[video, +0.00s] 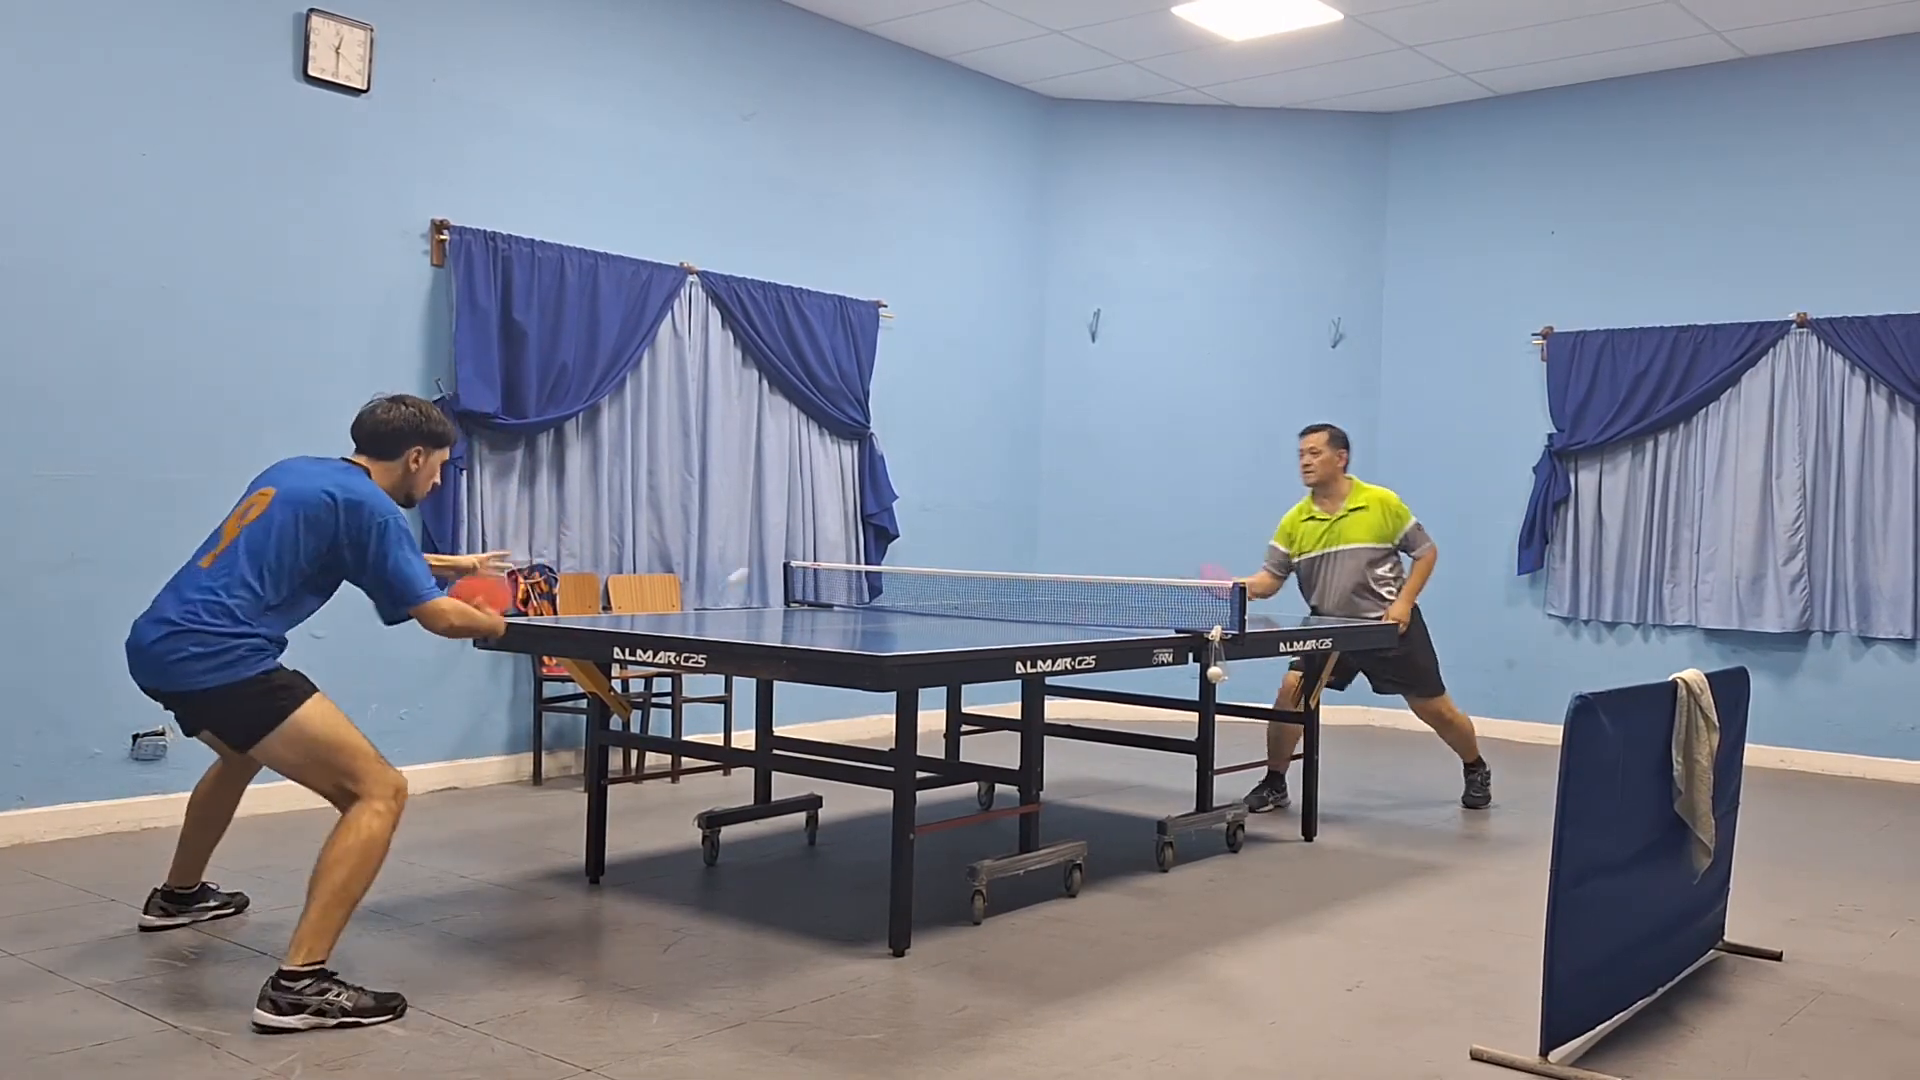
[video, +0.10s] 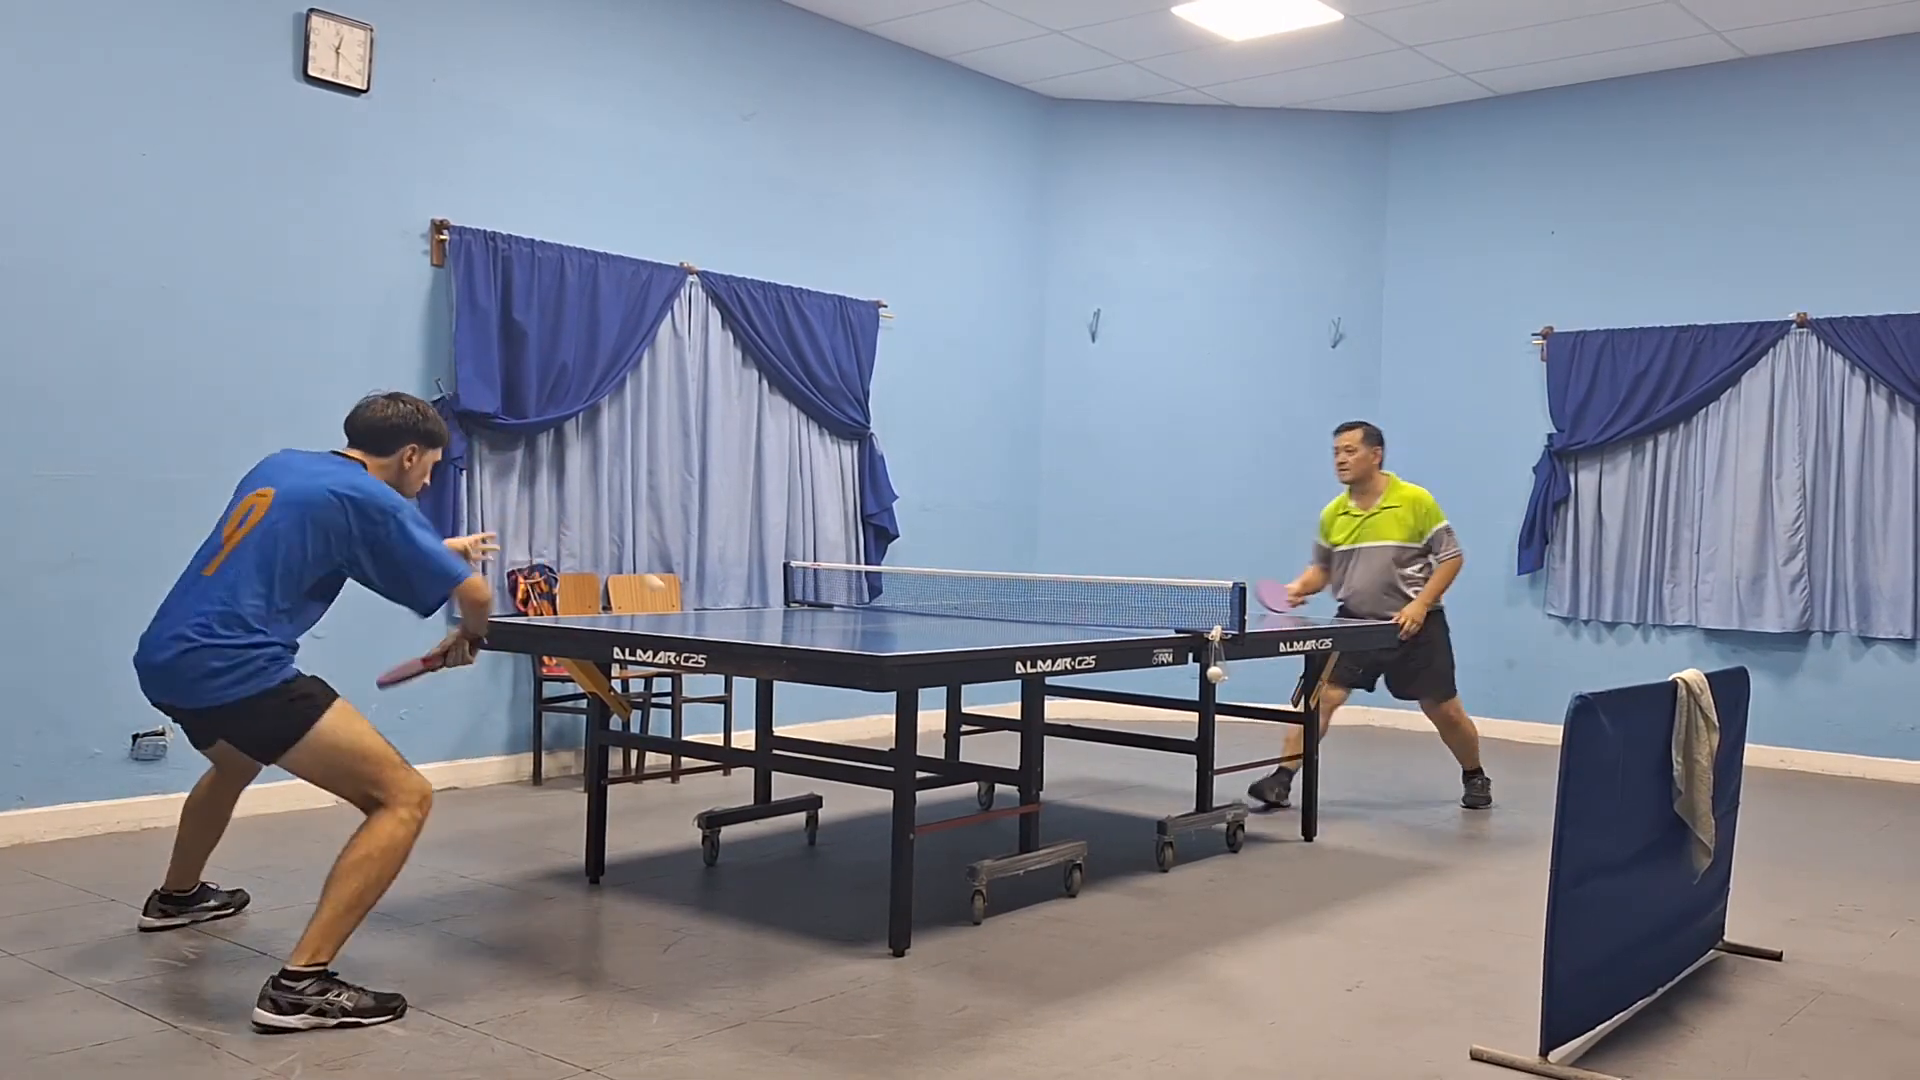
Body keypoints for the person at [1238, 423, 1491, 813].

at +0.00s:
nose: (1304, 462)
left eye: (1313, 453)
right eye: (1301, 455)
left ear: (1340, 457)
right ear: (1300, 461)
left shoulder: (1381, 503)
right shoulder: (1295, 521)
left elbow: (1426, 552)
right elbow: (1271, 577)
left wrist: (1404, 602)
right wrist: (1246, 586)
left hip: (1389, 625)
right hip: (1328, 631)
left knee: (1434, 710)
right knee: (1290, 690)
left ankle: (1476, 769)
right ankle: (1274, 782)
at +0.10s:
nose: (1340, 459)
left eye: (1349, 451)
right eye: (1336, 453)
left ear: (1375, 454)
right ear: (1335, 458)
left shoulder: (1415, 501)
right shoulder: (1332, 515)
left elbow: (1451, 558)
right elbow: (1322, 567)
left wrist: (1421, 604)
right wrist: (1302, 585)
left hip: (1415, 625)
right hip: (1354, 627)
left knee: (1444, 710)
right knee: (1320, 697)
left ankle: (1474, 776)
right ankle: (1282, 777)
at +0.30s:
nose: (1386, 449)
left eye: (1394, 441)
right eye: (1382, 443)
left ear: (1421, 444)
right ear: (1379, 449)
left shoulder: (1453, 490)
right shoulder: (1385, 498)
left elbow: (1490, 547)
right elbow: (1378, 552)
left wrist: (1463, 599)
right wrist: (1357, 574)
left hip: (1449, 609)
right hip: (1397, 606)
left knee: (1457, 697)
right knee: (1353, 674)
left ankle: (1476, 777)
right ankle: (1340, 765)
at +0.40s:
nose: (1397, 447)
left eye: (1405, 439)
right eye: (1392, 441)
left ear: (1430, 441)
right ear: (1390, 446)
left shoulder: (1463, 487)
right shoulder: (1394, 494)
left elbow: (1499, 543)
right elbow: (1388, 547)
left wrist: (1483, 596)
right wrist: (1373, 570)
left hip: (1458, 607)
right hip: (1407, 605)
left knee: (1462, 688)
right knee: (1369, 674)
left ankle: (1477, 777)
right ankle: (1379, 754)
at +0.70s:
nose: (1421, 453)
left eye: (1429, 445)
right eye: (1415, 446)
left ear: (1451, 445)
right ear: (1410, 449)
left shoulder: (1488, 486)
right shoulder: (1404, 497)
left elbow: (1520, 536)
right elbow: (1370, 547)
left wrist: (1525, 592)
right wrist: (1386, 551)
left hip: (1489, 597)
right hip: (1433, 600)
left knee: (1497, 670)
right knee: (1423, 677)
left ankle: (1507, 761)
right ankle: (1418, 758)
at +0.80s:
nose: (1435, 451)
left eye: (1444, 443)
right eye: (1429, 445)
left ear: (1464, 444)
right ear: (1424, 449)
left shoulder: (1501, 482)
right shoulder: (1418, 493)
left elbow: (1534, 531)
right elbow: (1384, 524)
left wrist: (1540, 585)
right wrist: (1361, 531)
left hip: (1503, 597)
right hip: (1446, 600)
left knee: (1523, 673)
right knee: (1431, 677)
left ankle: (1544, 761)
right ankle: (1419, 759)